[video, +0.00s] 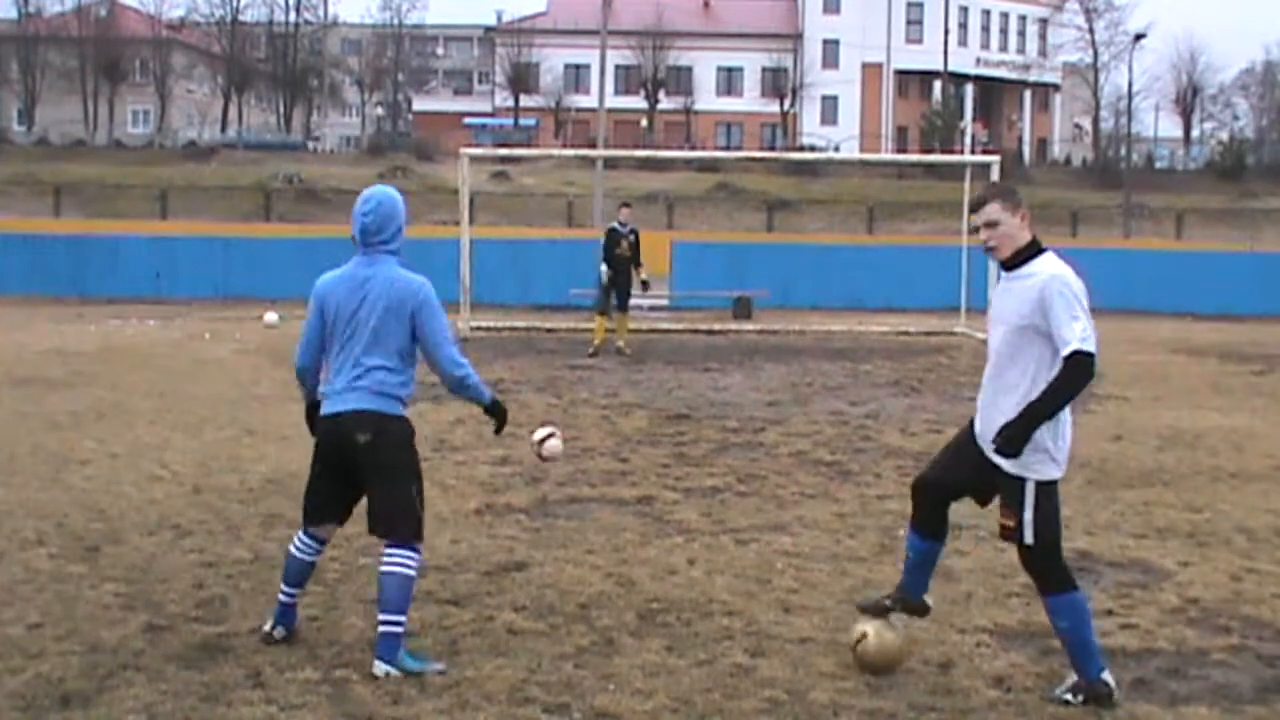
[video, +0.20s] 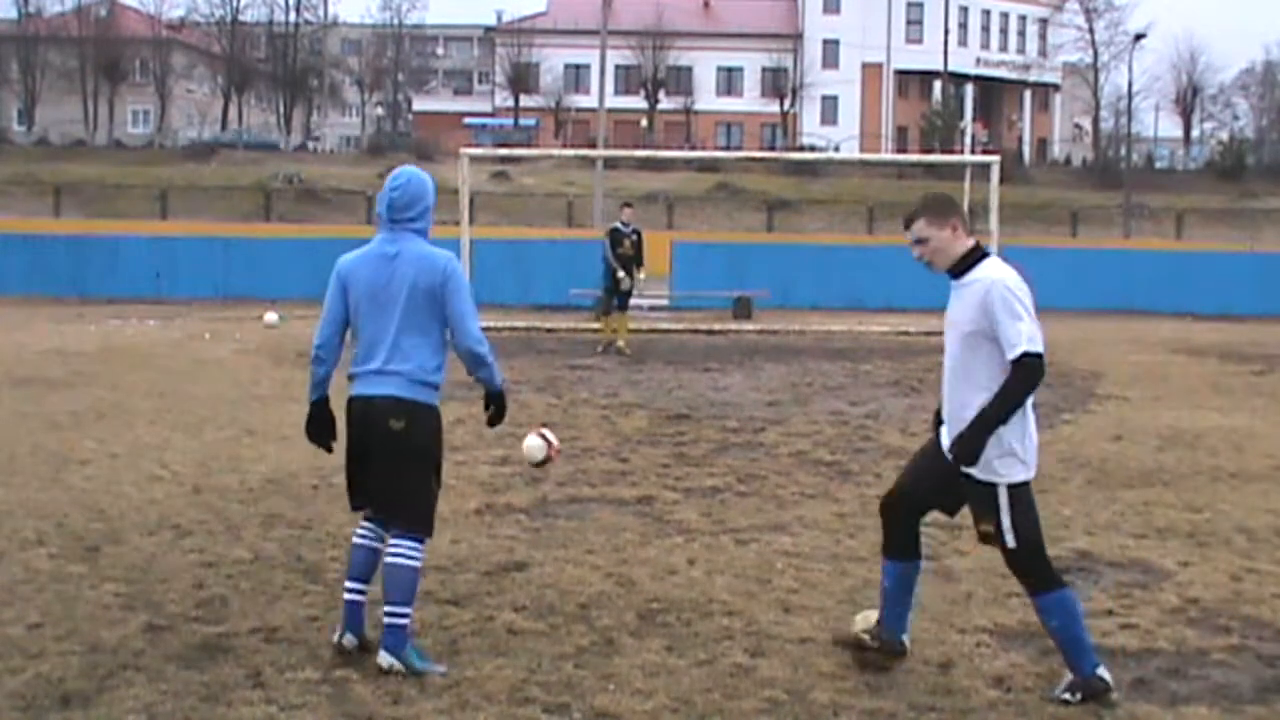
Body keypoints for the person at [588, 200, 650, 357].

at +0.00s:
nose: (626, 217)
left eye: (628, 213)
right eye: (623, 213)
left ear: (631, 215)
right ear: (618, 214)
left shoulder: (633, 233)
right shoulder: (611, 232)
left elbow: (636, 258)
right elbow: (605, 254)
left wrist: (643, 276)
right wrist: (605, 272)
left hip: (625, 274)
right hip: (609, 273)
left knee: (623, 309)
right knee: (602, 309)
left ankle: (620, 341)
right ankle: (597, 341)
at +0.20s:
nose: (628, 216)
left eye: (630, 213)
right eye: (625, 213)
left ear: (633, 215)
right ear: (620, 213)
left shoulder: (636, 233)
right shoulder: (612, 232)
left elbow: (639, 253)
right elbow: (609, 255)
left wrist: (640, 268)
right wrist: (619, 271)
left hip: (628, 274)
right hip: (612, 274)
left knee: (623, 308)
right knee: (607, 307)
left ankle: (621, 339)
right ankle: (606, 337)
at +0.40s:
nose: (626, 216)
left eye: (628, 213)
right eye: (624, 213)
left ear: (631, 215)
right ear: (619, 214)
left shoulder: (636, 233)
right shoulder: (610, 232)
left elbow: (640, 253)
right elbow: (607, 255)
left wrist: (643, 268)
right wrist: (617, 271)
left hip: (629, 274)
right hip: (613, 275)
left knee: (624, 308)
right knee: (614, 309)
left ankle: (622, 341)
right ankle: (616, 340)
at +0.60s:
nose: (622, 218)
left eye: (625, 215)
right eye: (619, 214)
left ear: (629, 216)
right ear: (615, 216)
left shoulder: (634, 233)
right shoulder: (608, 234)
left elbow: (640, 253)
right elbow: (604, 254)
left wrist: (643, 269)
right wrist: (604, 271)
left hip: (628, 273)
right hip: (613, 273)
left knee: (625, 306)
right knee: (617, 307)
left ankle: (623, 339)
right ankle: (620, 339)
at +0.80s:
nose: (620, 218)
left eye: (623, 215)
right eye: (618, 215)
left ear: (628, 216)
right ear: (614, 216)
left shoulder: (634, 233)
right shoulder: (608, 235)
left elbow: (640, 252)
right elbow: (600, 255)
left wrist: (642, 268)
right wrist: (593, 272)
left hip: (631, 273)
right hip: (615, 273)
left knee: (629, 306)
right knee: (618, 307)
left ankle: (627, 338)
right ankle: (620, 338)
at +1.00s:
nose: (621, 219)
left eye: (624, 215)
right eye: (619, 215)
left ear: (629, 216)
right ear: (615, 217)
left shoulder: (635, 233)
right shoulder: (610, 235)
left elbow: (642, 251)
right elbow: (602, 256)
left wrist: (646, 268)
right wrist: (594, 273)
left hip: (633, 273)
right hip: (617, 274)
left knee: (634, 306)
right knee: (619, 308)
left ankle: (635, 338)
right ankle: (622, 339)